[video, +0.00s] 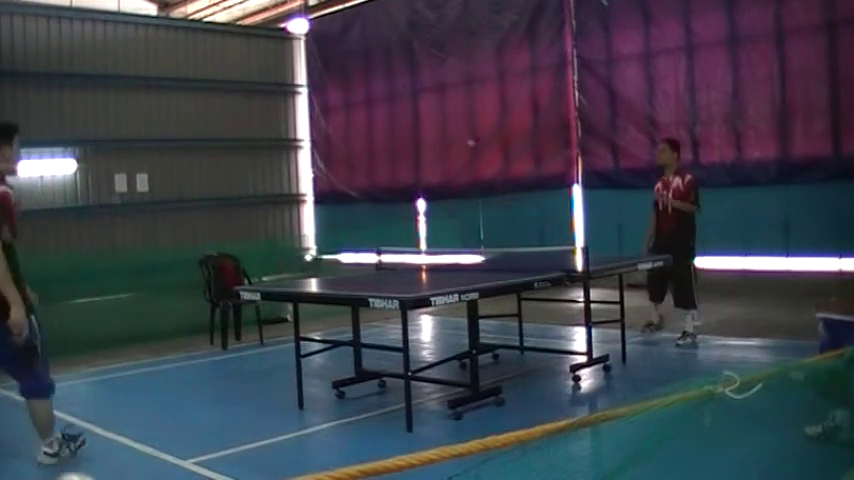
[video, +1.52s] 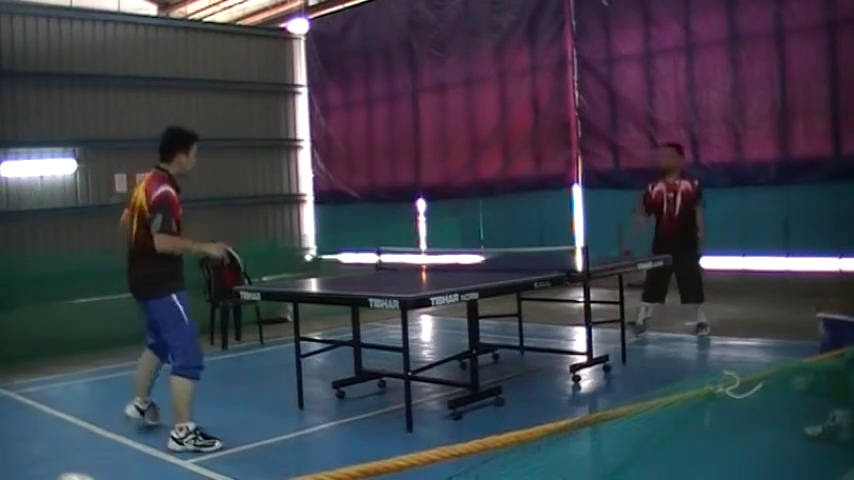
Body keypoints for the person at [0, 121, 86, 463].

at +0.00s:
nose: (16, 159)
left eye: (15, 151)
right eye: (12, 152)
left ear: (9, 152)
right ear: (0, 153)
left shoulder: (7, 195)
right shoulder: (4, 197)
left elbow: (6, 251)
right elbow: (2, 254)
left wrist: (23, 288)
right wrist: (13, 302)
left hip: (12, 298)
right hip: (9, 302)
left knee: (33, 371)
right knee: (33, 371)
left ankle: (51, 441)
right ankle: (50, 443)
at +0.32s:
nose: (65, 151)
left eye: (63, 144)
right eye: (62, 144)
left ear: (33, 147)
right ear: (52, 147)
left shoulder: (10, 188)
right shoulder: (56, 189)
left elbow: (6, 244)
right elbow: (65, 241)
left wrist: (10, 283)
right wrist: (91, 284)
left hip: (20, 288)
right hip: (53, 288)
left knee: (43, 355)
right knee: (61, 364)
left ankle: (21, 416)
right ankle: (53, 442)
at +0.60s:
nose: (95, 155)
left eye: (94, 149)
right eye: (94, 150)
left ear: (66, 153)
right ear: (84, 152)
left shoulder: (51, 188)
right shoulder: (85, 188)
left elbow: (38, 242)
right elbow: (101, 232)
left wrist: (38, 287)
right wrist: (144, 247)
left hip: (58, 289)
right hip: (86, 292)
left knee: (97, 356)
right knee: (79, 364)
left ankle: (122, 413)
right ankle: (53, 440)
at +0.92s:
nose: (133, 156)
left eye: (132, 150)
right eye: (131, 150)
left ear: (110, 151)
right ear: (118, 151)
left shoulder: (96, 180)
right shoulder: (108, 184)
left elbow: (107, 232)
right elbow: (110, 232)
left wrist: (147, 253)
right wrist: (152, 251)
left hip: (104, 281)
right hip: (118, 282)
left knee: (116, 347)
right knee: (144, 350)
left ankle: (128, 413)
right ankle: (99, 404)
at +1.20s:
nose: (158, 159)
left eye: (158, 153)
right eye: (156, 153)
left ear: (140, 153)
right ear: (143, 153)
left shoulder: (136, 185)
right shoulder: (124, 187)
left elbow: (138, 232)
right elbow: (122, 236)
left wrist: (168, 244)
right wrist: (166, 243)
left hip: (136, 282)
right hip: (135, 285)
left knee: (129, 351)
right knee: (157, 353)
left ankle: (131, 416)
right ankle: (176, 425)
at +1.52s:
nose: (193, 161)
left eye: (193, 155)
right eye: (192, 155)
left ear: (166, 154)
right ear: (179, 156)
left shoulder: (148, 182)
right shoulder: (164, 192)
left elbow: (127, 223)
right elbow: (162, 242)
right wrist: (204, 247)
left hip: (145, 283)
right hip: (162, 286)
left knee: (159, 344)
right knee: (186, 353)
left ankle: (140, 402)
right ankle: (183, 430)